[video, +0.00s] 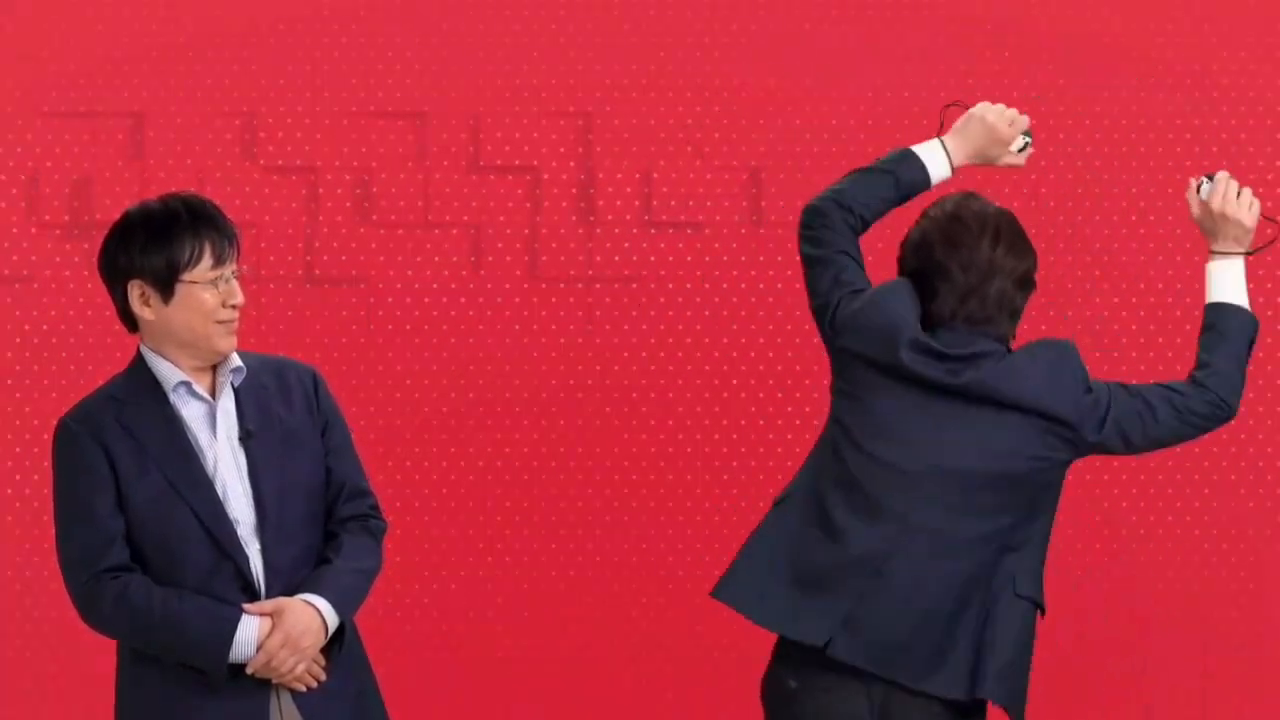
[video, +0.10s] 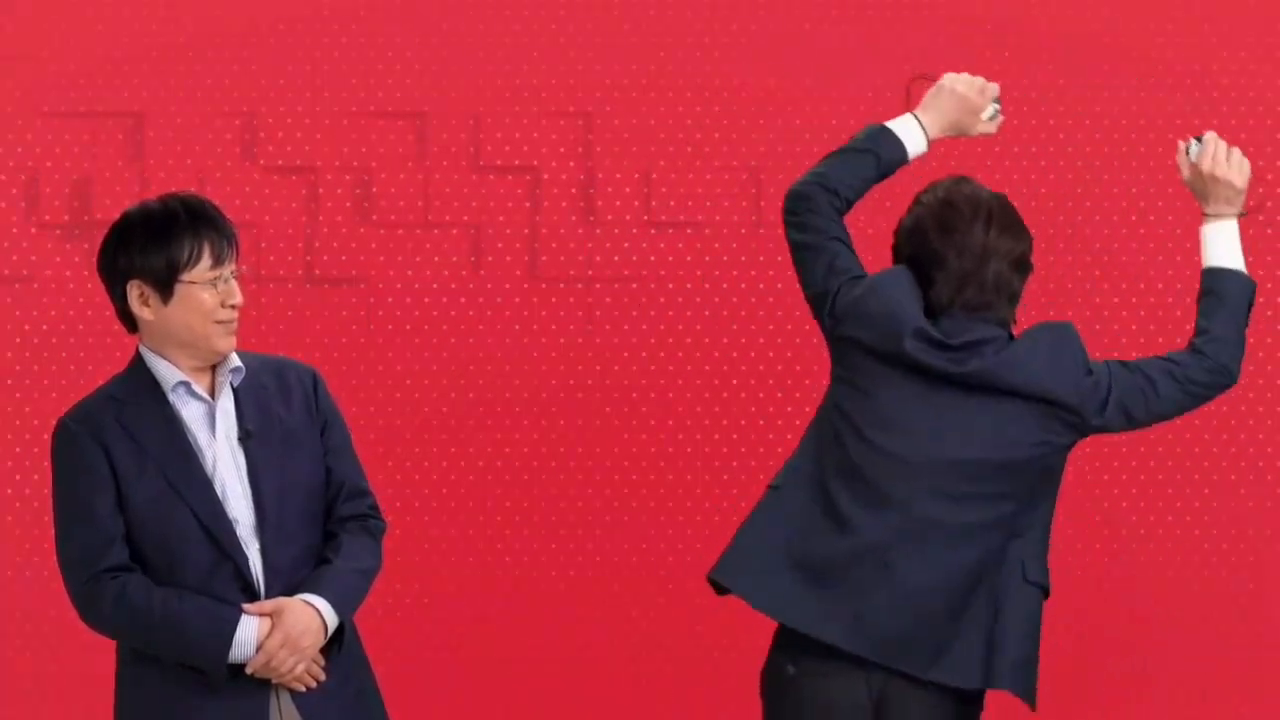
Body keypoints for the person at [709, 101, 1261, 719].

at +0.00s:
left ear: (911, 280)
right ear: (1020, 300)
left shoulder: (866, 344)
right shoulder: (1055, 405)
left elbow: (829, 218)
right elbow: (1213, 396)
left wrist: (951, 148)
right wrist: (1229, 255)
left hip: (813, 672)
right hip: (939, 694)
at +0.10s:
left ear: (906, 267)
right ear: (1017, 284)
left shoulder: (864, 331)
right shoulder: (1056, 390)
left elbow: (811, 202)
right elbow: (1213, 366)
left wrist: (923, 122)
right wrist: (1222, 219)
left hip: (815, 663)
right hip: (939, 687)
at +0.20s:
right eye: (1003, 244)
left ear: (886, 251)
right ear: (999, 259)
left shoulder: (847, 329)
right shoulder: (1052, 349)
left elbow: (744, 229)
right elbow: (1181, 271)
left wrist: (819, 112)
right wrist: (1133, 131)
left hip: (847, 664)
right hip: (975, 670)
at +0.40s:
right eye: (977, 247)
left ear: (869, 281)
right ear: (975, 261)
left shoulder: (833, 377)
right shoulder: (1031, 334)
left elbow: (685, 330)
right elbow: (1088, 196)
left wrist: (694, 189)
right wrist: (982, 104)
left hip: (891, 684)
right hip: (1019, 674)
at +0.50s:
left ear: (884, 260)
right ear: (992, 257)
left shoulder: (842, 335)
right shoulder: (1050, 340)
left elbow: (727, 245)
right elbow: (1163, 247)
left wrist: (786, 120)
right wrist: (1098, 118)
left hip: (858, 663)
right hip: (986, 667)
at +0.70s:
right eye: (1022, 283)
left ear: (911, 277)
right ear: (1019, 296)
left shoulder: (864, 341)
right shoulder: (1055, 401)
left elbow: (828, 217)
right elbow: (1212, 395)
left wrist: (949, 148)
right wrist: (1228, 255)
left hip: (812, 671)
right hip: (937, 693)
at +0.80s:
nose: (1011, 272)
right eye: (1008, 261)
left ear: (892, 259)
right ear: (1002, 273)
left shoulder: (847, 334)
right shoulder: (1046, 366)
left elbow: (777, 219)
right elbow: (1193, 330)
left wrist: (886, 130)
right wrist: (1181, 193)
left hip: (844, 667)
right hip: (972, 678)